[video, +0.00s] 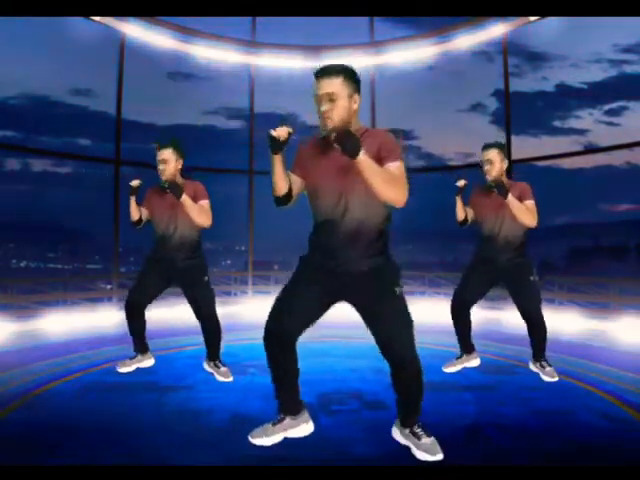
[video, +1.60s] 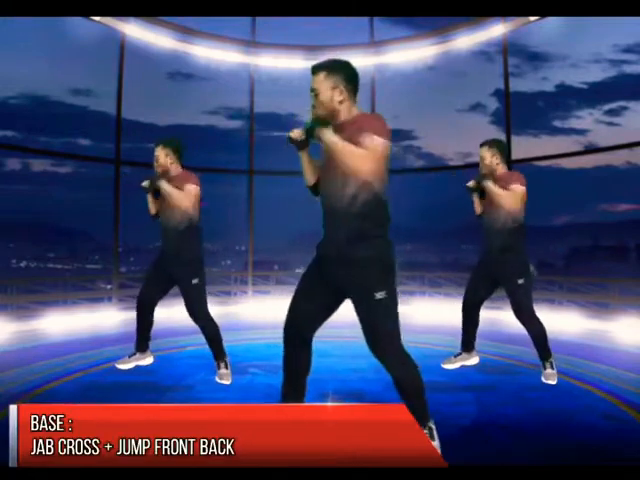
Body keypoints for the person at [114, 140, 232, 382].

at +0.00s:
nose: (160, 167)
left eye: (164, 162)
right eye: (158, 163)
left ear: (179, 163)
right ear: (156, 165)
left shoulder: (195, 188)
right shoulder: (154, 193)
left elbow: (205, 220)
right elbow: (137, 219)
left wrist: (180, 194)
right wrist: (133, 196)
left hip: (191, 263)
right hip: (161, 263)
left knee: (208, 315)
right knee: (134, 304)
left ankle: (213, 360)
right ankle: (142, 354)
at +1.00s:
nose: (168, 159)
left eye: (173, 154)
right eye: (166, 155)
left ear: (187, 156)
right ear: (164, 158)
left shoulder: (202, 182)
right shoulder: (157, 183)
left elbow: (216, 210)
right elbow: (130, 195)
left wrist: (193, 184)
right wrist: (117, 182)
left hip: (194, 259)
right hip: (163, 258)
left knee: (210, 312)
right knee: (140, 303)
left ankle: (212, 362)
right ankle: (140, 350)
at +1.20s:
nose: (154, 159)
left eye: (158, 155)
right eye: (153, 155)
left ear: (173, 156)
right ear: (155, 158)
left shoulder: (189, 183)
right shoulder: (155, 183)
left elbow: (195, 216)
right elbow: (145, 197)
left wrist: (173, 192)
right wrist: (136, 191)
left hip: (180, 257)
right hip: (157, 256)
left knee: (194, 309)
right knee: (136, 300)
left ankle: (218, 359)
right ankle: (141, 352)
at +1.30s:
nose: (152, 161)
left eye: (155, 156)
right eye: (152, 156)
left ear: (168, 158)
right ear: (158, 159)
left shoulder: (179, 181)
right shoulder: (161, 181)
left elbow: (166, 201)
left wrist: (147, 183)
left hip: (175, 256)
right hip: (158, 254)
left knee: (184, 309)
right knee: (136, 298)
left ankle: (221, 356)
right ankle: (142, 352)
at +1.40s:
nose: (156, 159)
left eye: (160, 155)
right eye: (156, 155)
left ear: (170, 157)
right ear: (164, 157)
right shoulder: (168, 178)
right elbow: (156, 206)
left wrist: (106, 169)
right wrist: (154, 185)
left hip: (176, 253)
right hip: (162, 252)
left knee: (184, 312)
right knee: (139, 298)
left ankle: (218, 359)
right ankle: (141, 352)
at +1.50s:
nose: (157, 159)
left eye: (161, 155)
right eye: (157, 156)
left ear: (171, 156)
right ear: (165, 158)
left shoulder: (181, 177)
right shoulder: (167, 179)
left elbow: (146, 183)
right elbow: (156, 207)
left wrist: (121, 173)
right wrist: (151, 182)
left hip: (182, 257)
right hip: (164, 256)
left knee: (192, 312)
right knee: (142, 299)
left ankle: (221, 360)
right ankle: (142, 352)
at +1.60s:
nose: (158, 162)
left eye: (161, 158)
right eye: (156, 158)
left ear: (173, 158)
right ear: (157, 162)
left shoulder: (189, 180)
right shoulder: (161, 183)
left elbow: (188, 206)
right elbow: (154, 211)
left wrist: (161, 184)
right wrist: (150, 191)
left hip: (189, 256)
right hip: (168, 255)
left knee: (198, 312)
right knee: (145, 301)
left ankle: (222, 363)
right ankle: (142, 352)